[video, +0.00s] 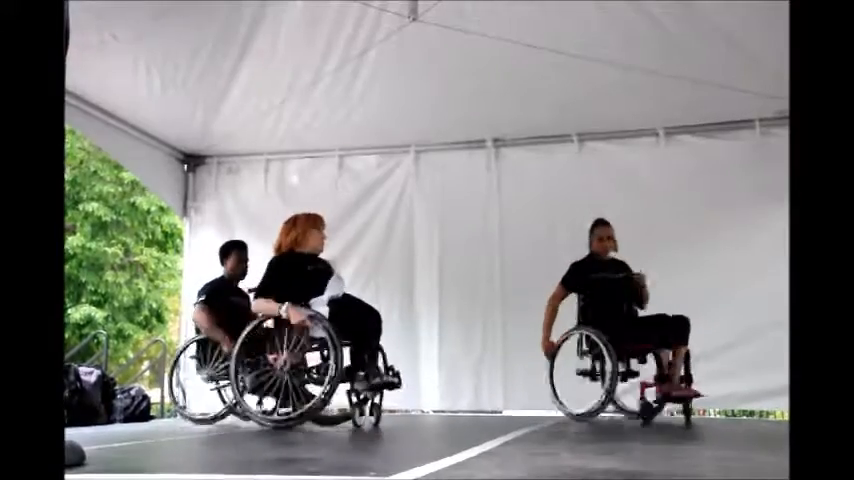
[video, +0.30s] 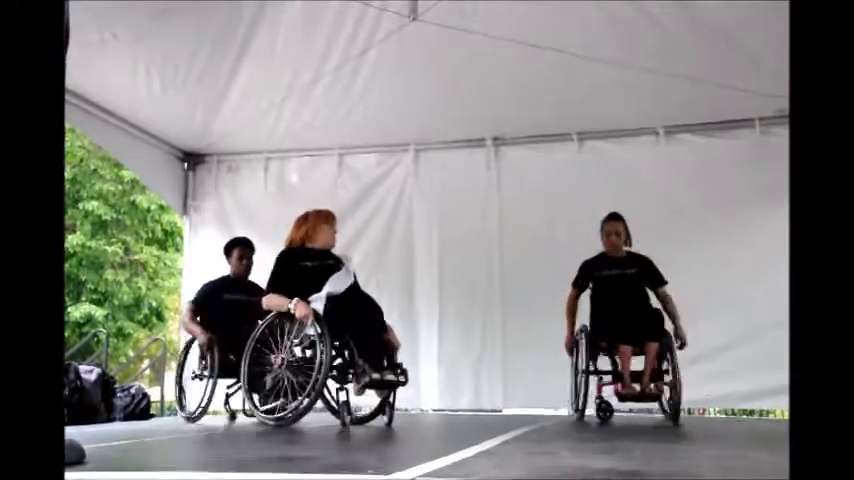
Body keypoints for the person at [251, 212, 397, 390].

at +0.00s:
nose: (324, 236)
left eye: (323, 231)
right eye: (319, 230)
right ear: (302, 234)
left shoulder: (322, 265)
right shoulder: (282, 263)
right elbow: (258, 304)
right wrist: (287, 309)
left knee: (371, 317)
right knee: (364, 321)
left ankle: (369, 370)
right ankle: (361, 373)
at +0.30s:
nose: (335, 231)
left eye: (334, 227)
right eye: (330, 227)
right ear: (314, 230)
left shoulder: (336, 261)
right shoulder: (289, 258)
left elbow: (358, 295)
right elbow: (270, 298)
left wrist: (383, 328)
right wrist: (293, 304)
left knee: (366, 307)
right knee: (351, 312)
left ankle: (382, 366)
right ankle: (369, 369)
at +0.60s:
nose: (347, 229)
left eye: (346, 225)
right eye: (343, 224)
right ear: (324, 226)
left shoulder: (348, 258)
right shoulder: (301, 253)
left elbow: (372, 292)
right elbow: (290, 294)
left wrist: (401, 325)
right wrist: (313, 302)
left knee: (381, 307)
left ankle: (389, 364)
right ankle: (378, 365)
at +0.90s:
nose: (355, 224)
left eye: (354, 220)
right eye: (350, 219)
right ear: (332, 223)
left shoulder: (355, 255)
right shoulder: (310, 250)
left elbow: (382, 286)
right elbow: (303, 292)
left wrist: (416, 305)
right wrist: (325, 299)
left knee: (397, 306)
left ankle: (399, 363)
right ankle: (388, 365)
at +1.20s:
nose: (361, 220)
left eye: (361, 216)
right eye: (356, 216)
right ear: (339, 220)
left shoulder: (367, 252)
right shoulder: (319, 244)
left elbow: (411, 256)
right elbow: (310, 261)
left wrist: (431, 230)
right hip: (336, 305)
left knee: (403, 306)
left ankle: (414, 362)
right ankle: (402, 363)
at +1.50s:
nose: (364, 222)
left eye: (364, 218)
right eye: (358, 217)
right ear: (337, 221)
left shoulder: (371, 252)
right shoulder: (320, 249)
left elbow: (415, 258)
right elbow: (308, 277)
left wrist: (439, 228)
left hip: (375, 308)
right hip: (341, 311)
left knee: (412, 305)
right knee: (396, 312)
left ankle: (421, 362)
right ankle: (413, 363)